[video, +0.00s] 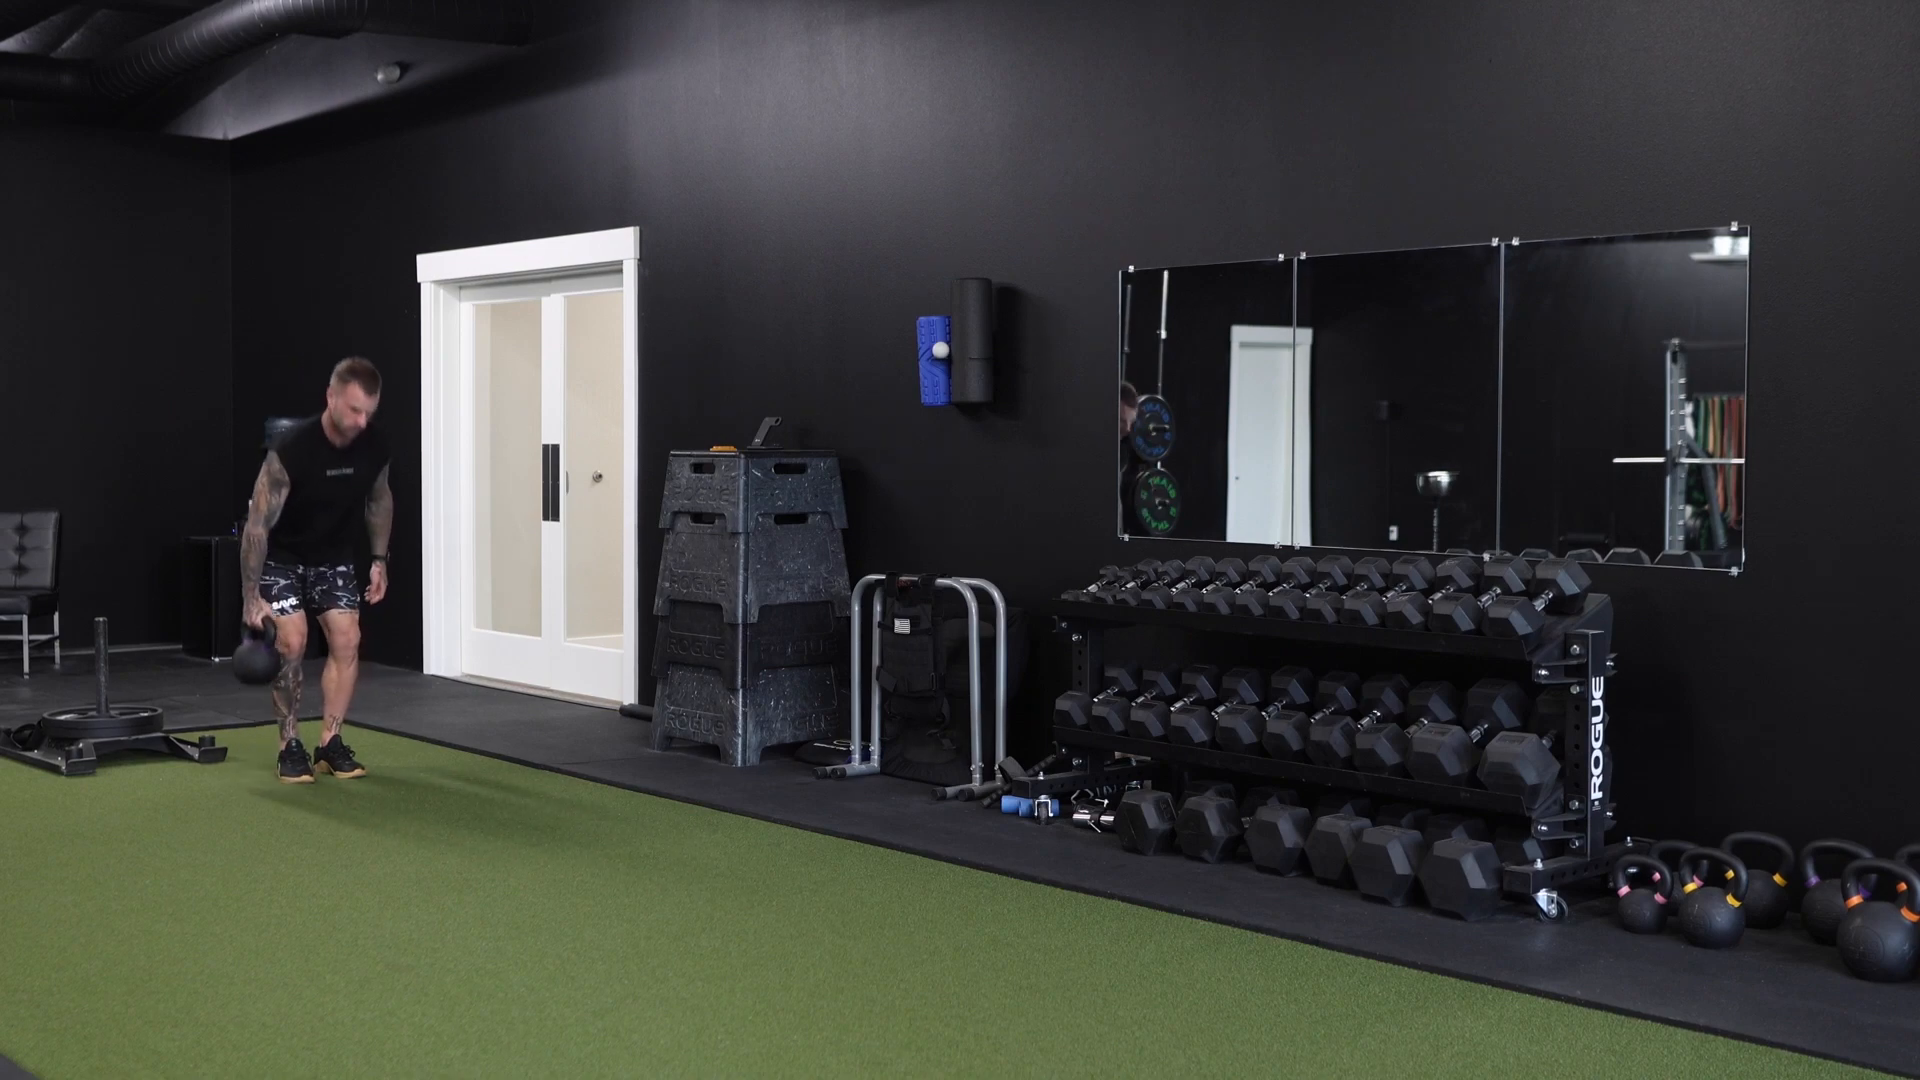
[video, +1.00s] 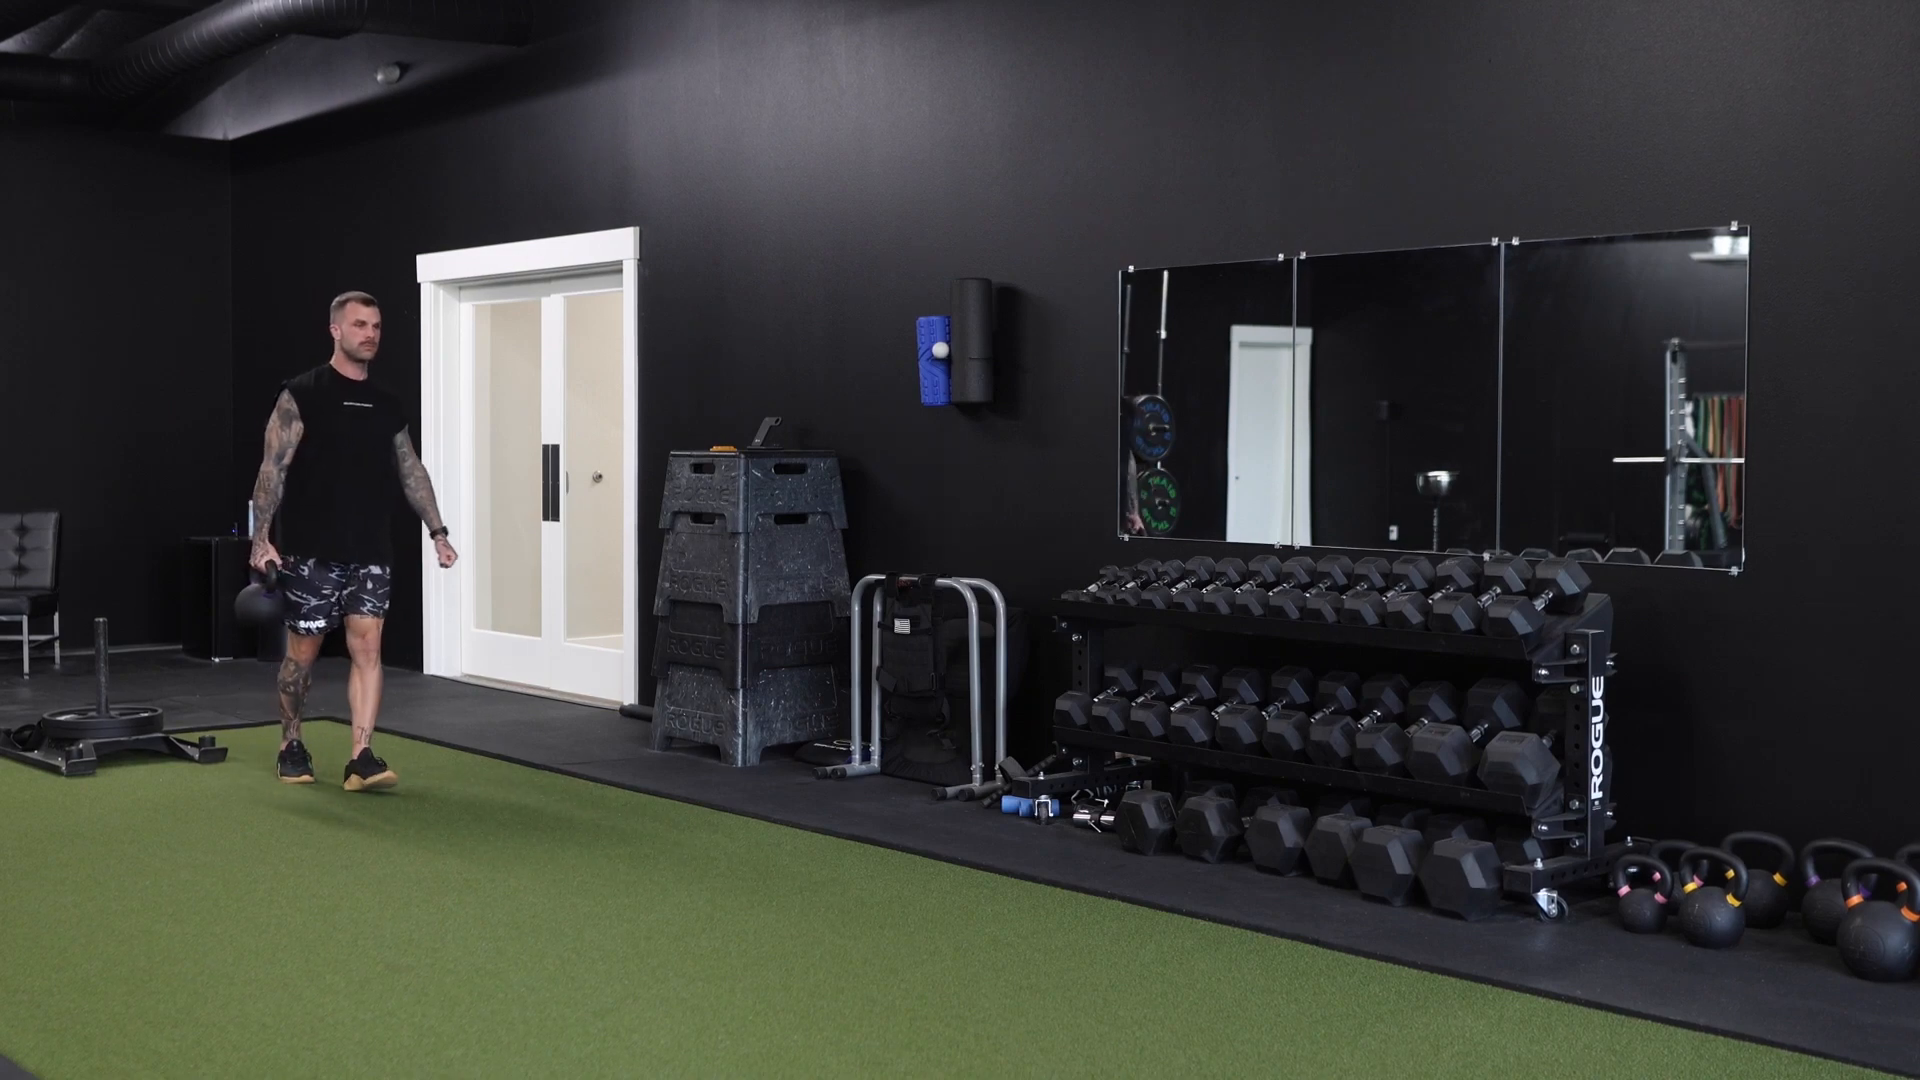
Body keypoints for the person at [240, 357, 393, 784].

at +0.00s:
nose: (362, 421)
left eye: (368, 413)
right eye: (354, 410)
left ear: (375, 408)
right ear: (330, 398)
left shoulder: (373, 447)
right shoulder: (291, 448)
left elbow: (379, 501)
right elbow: (257, 524)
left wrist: (379, 559)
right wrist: (251, 594)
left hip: (335, 556)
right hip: (280, 555)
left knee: (346, 641)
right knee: (291, 643)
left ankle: (331, 743)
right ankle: (290, 745)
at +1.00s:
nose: (371, 334)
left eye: (376, 326)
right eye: (361, 325)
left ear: (380, 333)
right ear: (335, 330)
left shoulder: (387, 402)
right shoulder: (301, 394)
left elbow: (411, 469)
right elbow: (273, 466)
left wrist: (437, 529)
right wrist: (261, 534)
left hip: (371, 547)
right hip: (311, 546)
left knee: (367, 648)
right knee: (303, 653)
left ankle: (361, 755)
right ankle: (292, 745)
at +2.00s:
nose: (457, 317)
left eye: (462, 309)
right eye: (446, 308)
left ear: (466, 316)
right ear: (419, 313)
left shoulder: (481, 391)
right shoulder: (386, 385)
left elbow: (529, 446)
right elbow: (362, 468)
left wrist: (582, 497)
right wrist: (352, 540)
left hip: (467, 546)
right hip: (402, 547)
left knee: (488, 647)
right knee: (411, 664)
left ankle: (431, 720)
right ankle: (411, 777)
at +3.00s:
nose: (602, 311)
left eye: (606, 302)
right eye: (590, 301)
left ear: (610, 310)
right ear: (559, 307)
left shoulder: (622, 391)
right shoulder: (524, 385)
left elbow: (672, 450)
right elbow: (495, 477)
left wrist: (730, 504)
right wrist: (487, 558)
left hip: (598, 562)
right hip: (540, 560)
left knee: (563, 685)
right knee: (566, 683)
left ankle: (515, 794)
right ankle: (589, 822)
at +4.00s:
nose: (779, 295)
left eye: (785, 285)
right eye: (765, 283)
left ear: (789, 294)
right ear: (730, 289)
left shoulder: (791, 384)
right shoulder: (690, 370)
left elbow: (846, 455)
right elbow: (652, 472)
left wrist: (911, 516)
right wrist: (642, 562)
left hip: (768, 569)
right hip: (700, 562)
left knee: (739, 718)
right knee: (760, 684)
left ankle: (707, 860)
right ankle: (706, 820)